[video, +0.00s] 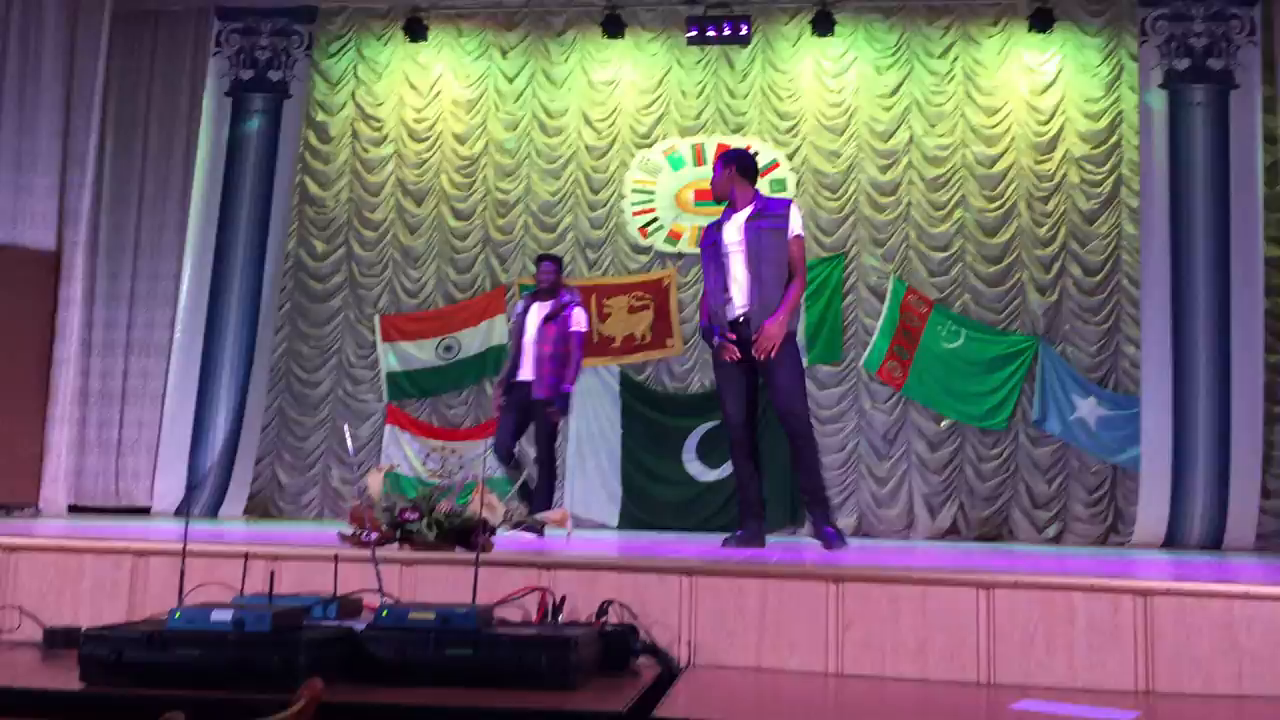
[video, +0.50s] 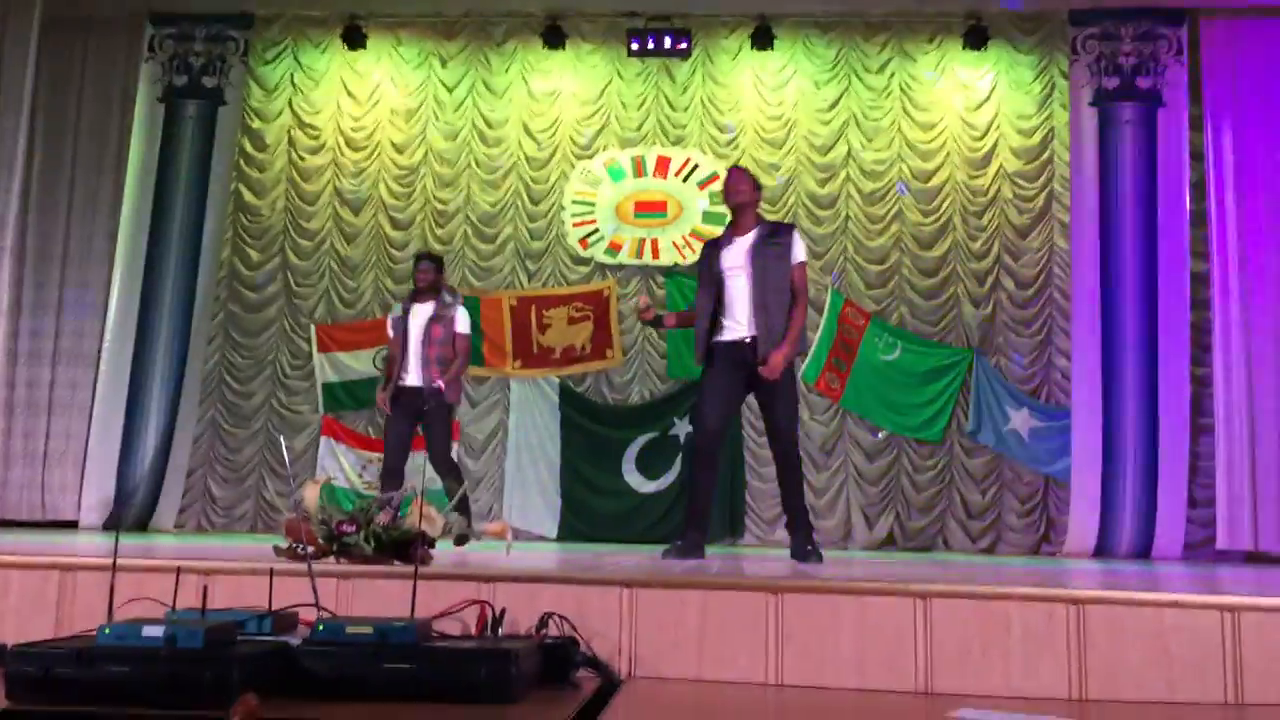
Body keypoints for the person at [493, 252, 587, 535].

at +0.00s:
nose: (545, 277)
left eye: (550, 273)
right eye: (541, 272)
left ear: (560, 277)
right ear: (535, 275)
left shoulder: (573, 310)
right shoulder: (525, 307)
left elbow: (575, 355)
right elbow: (514, 351)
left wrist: (565, 392)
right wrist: (502, 383)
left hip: (548, 390)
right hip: (519, 388)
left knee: (545, 455)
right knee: (502, 446)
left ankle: (540, 515)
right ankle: (528, 498)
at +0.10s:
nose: (533, 290)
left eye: (538, 284)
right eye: (529, 284)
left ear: (548, 287)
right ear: (523, 287)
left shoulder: (561, 318)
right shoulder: (514, 317)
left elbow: (562, 365)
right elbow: (506, 360)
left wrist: (546, 401)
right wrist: (493, 390)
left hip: (538, 402)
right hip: (509, 399)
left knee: (537, 466)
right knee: (489, 457)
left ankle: (533, 530)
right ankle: (496, 517)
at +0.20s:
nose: (510, 315)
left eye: (515, 310)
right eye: (507, 309)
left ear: (525, 313)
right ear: (501, 312)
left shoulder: (538, 342)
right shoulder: (492, 342)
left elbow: (540, 386)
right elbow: (486, 388)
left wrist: (521, 415)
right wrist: (471, 419)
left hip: (520, 428)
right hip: (489, 427)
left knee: (520, 494)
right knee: (471, 490)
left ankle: (522, 557)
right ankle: (452, 550)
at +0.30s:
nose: (475, 317)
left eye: (481, 312)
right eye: (471, 312)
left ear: (490, 314)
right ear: (466, 314)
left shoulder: (504, 346)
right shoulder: (455, 347)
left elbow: (505, 389)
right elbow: (447, 392)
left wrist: (480, 415)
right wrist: (439, 426)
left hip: (487, 435)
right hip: (456, 433)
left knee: (493, 501)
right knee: (438, 494)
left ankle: (499, 560)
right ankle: (422, 554)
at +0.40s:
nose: (438, 290)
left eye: (444, 285)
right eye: (435, 285)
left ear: (456, 289)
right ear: (429, 288)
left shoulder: (471, 324)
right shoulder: (417, 325)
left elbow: (475, 368)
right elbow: (412, 372)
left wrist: (450, 394)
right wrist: (403, 400)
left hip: (452, 407)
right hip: (420, 406)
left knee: (458, 471)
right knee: (403, 469)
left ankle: (475, 532)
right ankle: (389, 531)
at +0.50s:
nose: (421, 277)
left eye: (427, 272)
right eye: (418, 272)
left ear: (439, 276)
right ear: (413, 275)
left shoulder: (456, 312)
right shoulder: (401, 310)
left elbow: (462, 356)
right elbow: (394, 354)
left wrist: (442, 384)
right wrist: (386, 386)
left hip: (436, 393)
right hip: (402, 393)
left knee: (440, 458)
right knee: (392, 461)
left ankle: (464, 517)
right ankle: (385, 526)